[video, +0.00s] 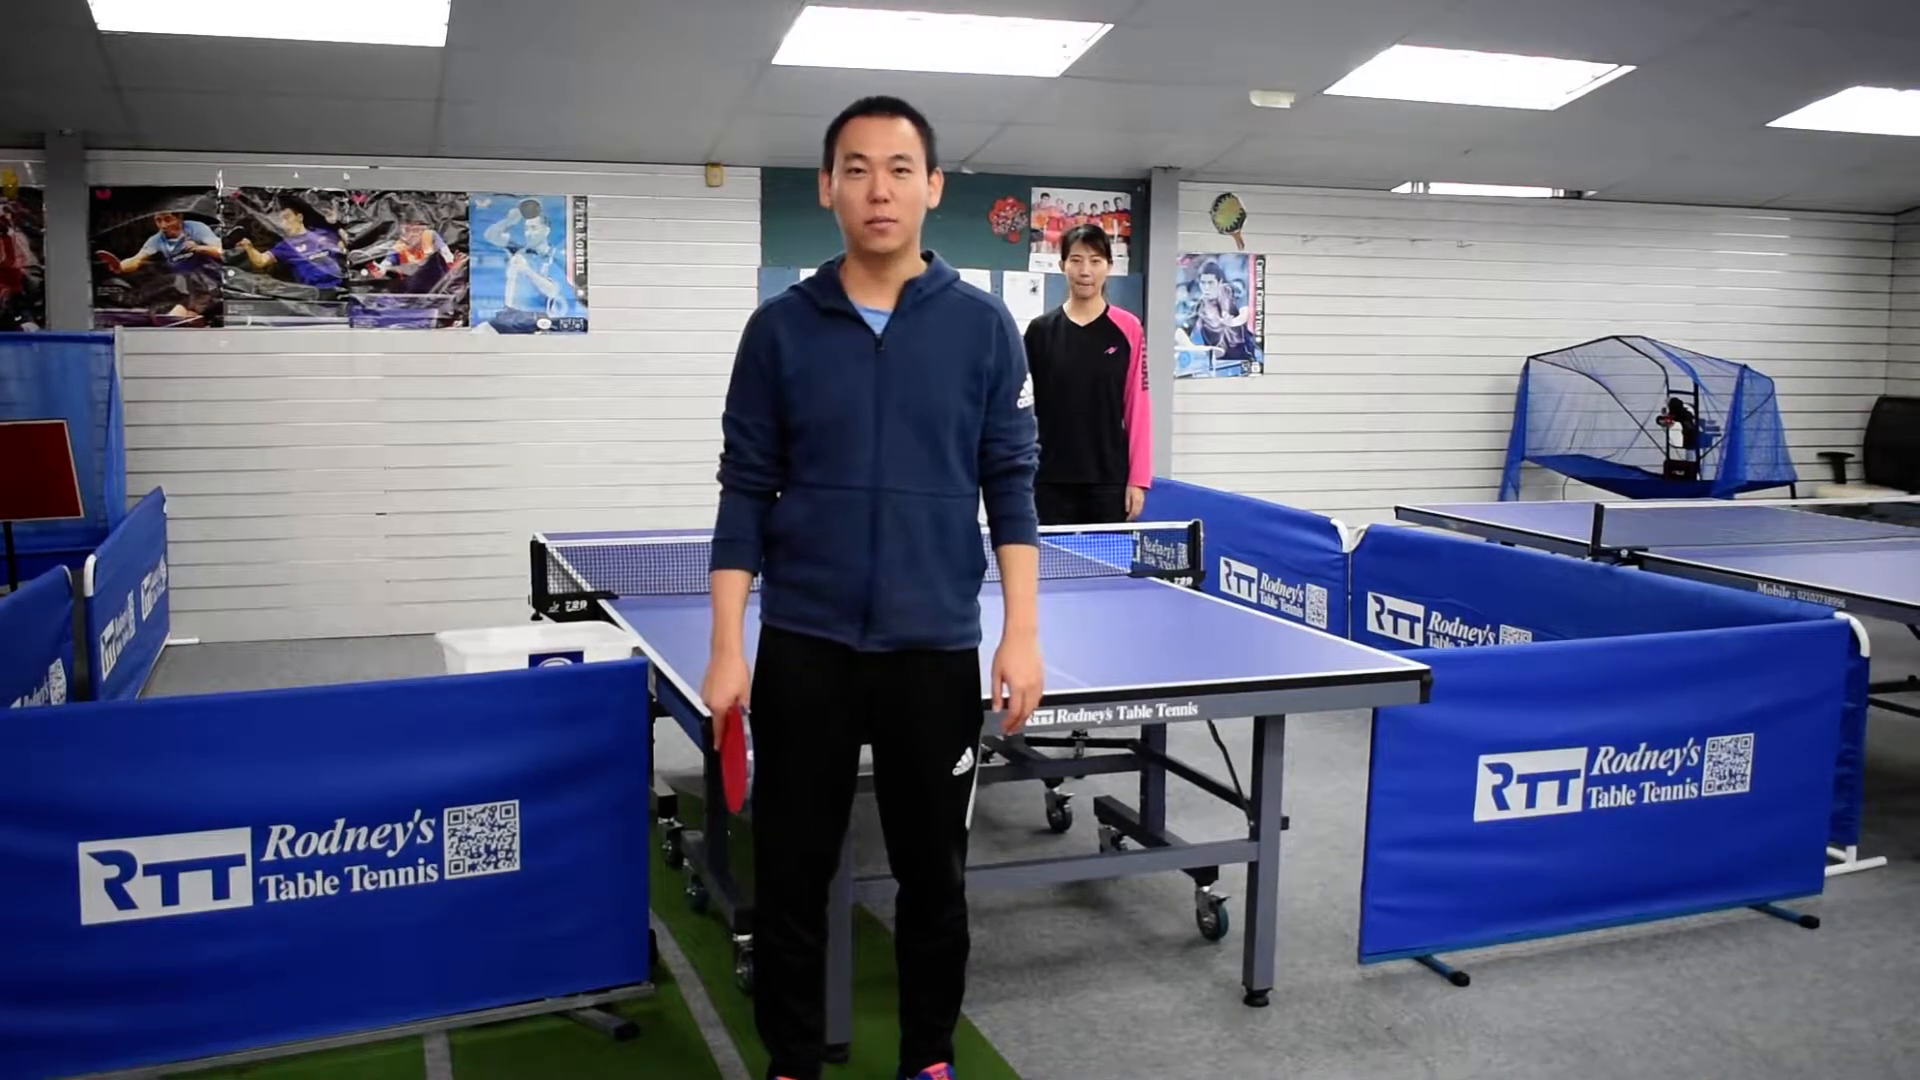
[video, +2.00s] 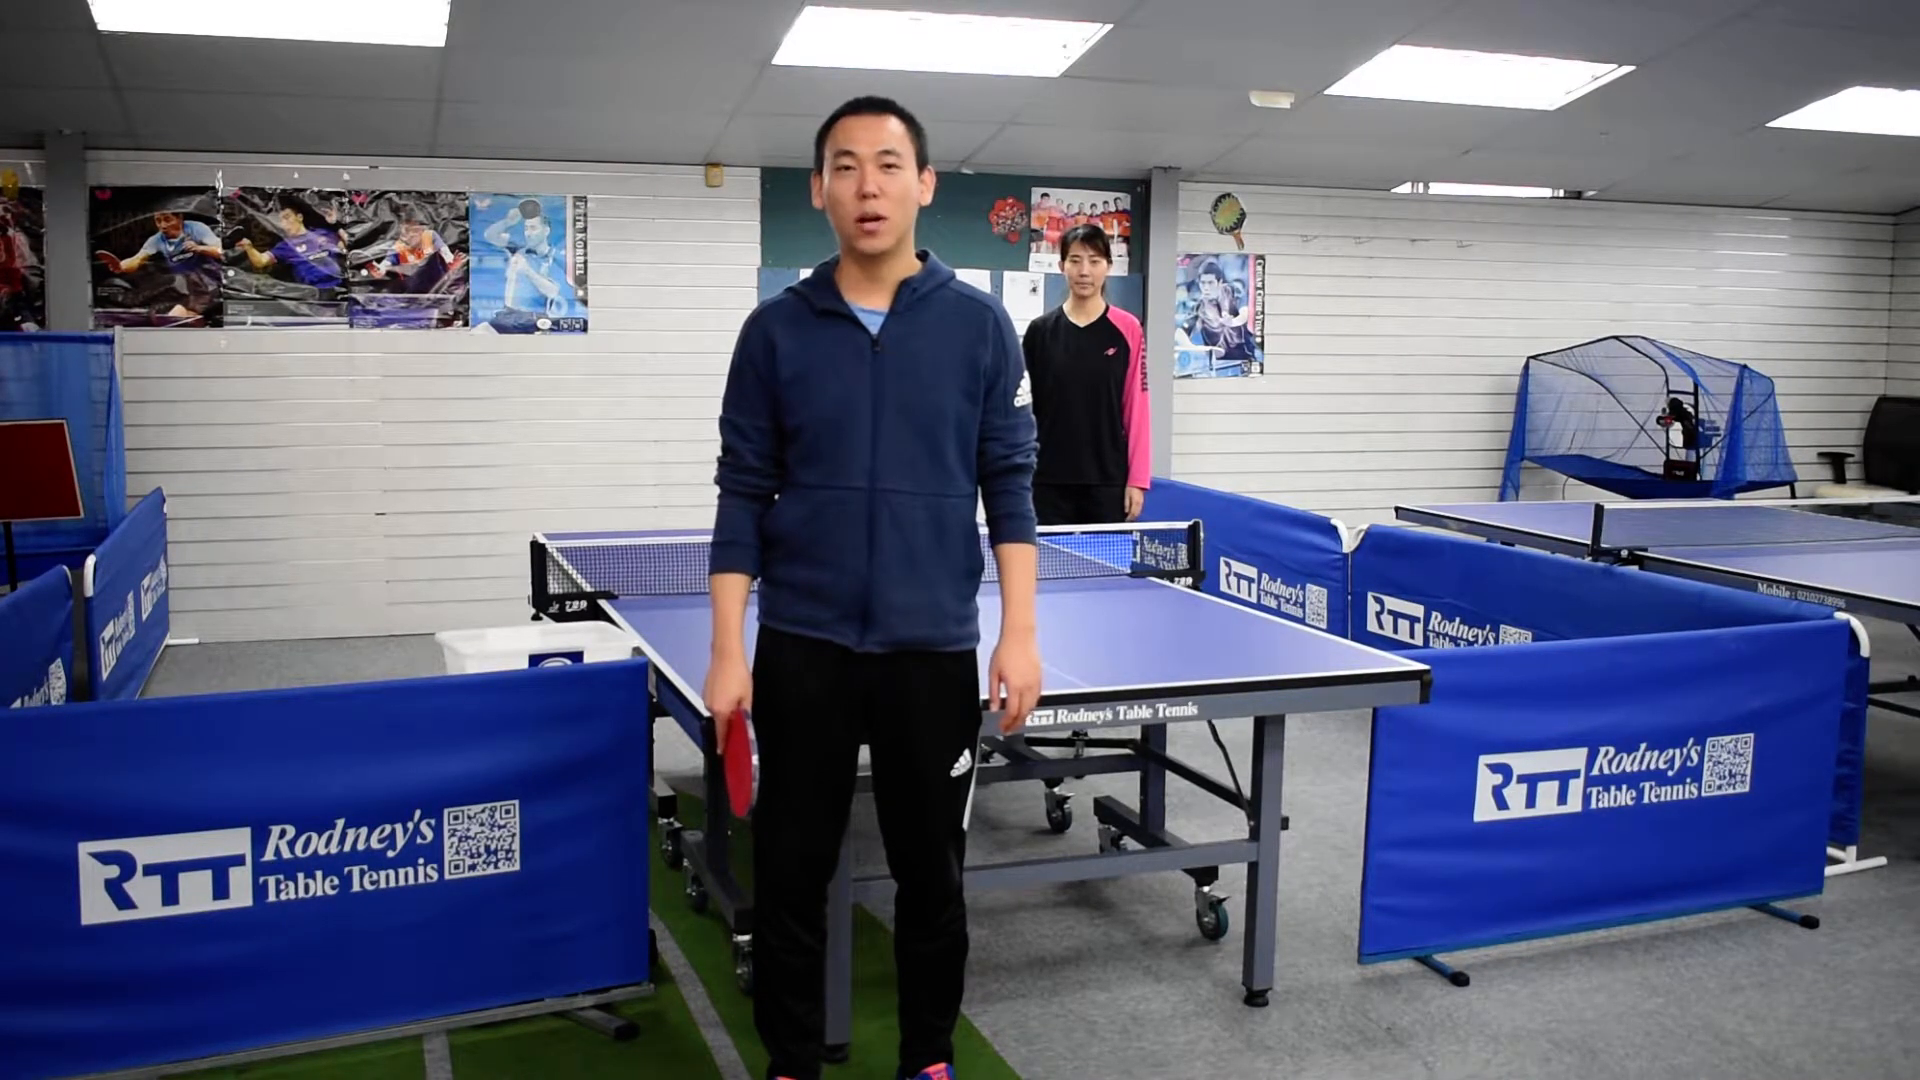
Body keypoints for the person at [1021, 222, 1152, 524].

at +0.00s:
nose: (1085, 271)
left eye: (1095, 262)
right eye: (1076, 261)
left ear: (1109, 268)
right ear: (1063, 266)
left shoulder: (1128, 329)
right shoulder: (1039, 331)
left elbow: (1137, 406)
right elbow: (1021, 404)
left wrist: (1138, 478)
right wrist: (1020, 478)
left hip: (1108, 481)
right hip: (1050, 481)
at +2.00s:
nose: (1084, 271)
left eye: (1094, 262)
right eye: (1075, 261)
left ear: (1108, 268)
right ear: (1062, 266)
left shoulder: (1127, 329)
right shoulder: (1039, 331)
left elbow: (1136, 407)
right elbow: (1022, 405)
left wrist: (1137, 479)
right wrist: (1020, 478)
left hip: (1107, 483)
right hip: (1049, 481)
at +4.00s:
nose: (1085, 271)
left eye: (1095, 262)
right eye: (1076, 261)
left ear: (1108, 268)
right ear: (1063, 266)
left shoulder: (1128, 329)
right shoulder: (1040, 331)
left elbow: (1137, 407)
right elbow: (1023, 405)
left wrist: (1138, 479)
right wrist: (1021, 478)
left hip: (1108, 482)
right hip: (1050, 481)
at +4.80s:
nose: (1085, 271)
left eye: (1095, 262)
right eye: (1075, 261)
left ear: (1108, 268)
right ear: (1063, 266)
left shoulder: (1128, 330)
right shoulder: (1039, 331)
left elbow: (1137, 407)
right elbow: (1023, 405)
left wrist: (1138, 479)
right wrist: (1021, 477)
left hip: (1107, 482)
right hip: (1050, 481)